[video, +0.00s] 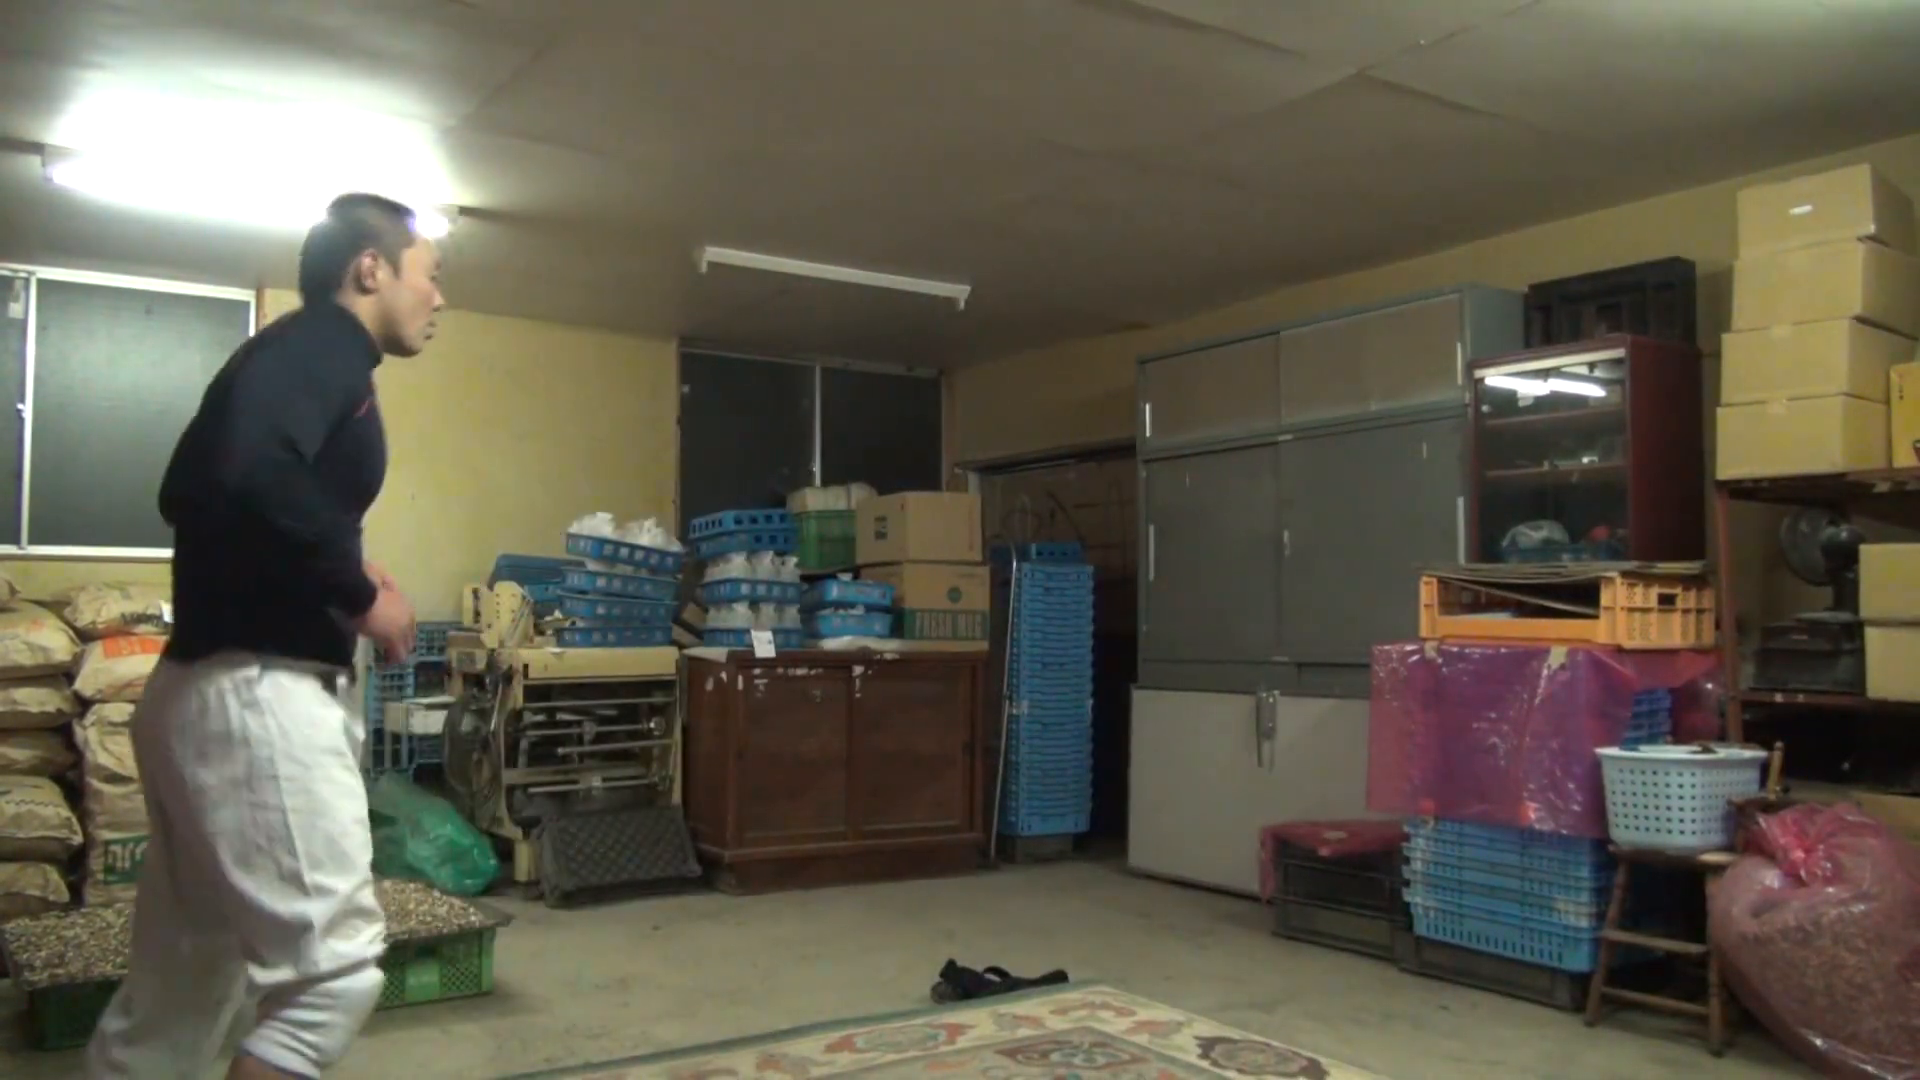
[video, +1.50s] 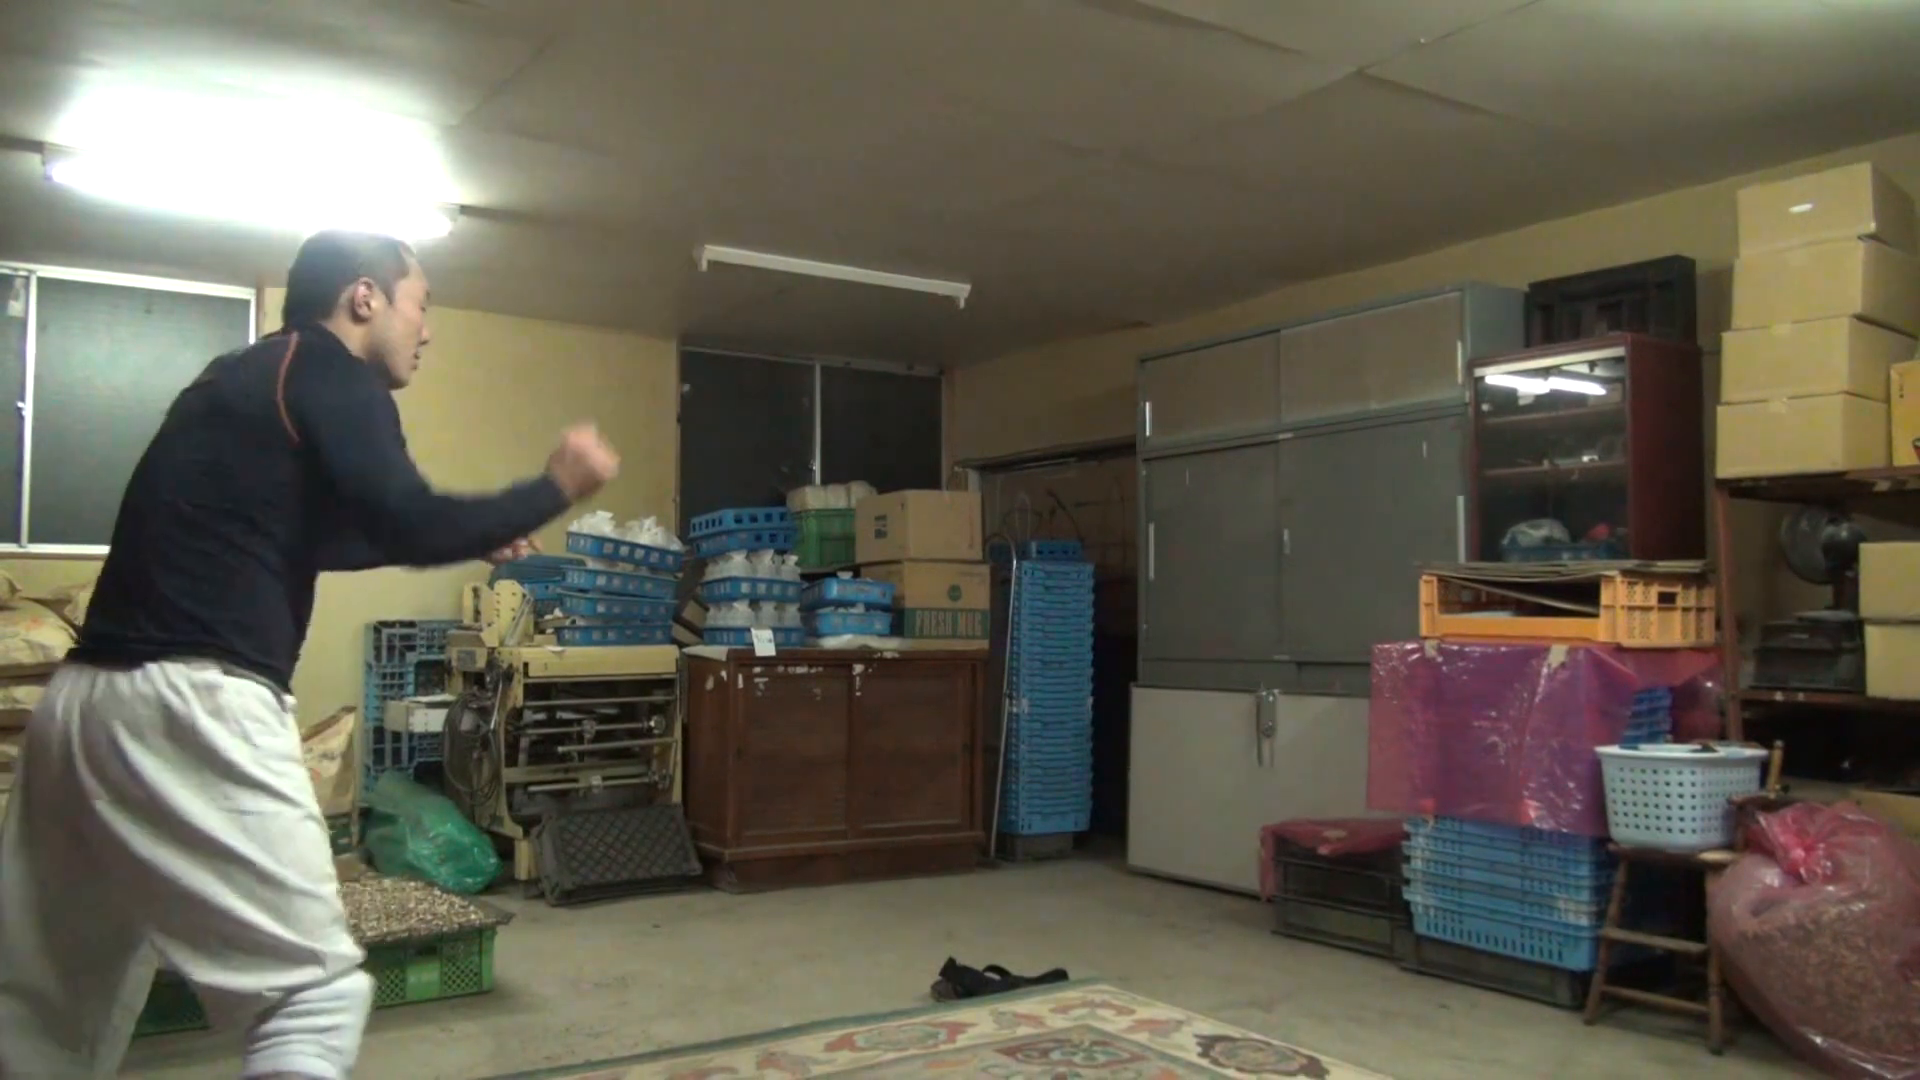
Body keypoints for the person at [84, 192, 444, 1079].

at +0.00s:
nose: (439, 295)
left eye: (437, 273)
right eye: (428, 271)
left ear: (358, 273)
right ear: (370, 270)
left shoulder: (268, 350)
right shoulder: (324, 344)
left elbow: (184, 494)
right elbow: (254, 468)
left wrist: (328, 577)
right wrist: (364, 589)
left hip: (201, 691)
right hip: (260, 698)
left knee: (180, 985)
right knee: (329, 973)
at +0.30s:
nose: (418, 278)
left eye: (417, 255)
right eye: (408, 253)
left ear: (327, 251)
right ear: (353, 249)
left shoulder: (220, 329)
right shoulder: (314, 316)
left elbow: (130, 454)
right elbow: (244, 431)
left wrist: (261, 529)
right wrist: (339, 560)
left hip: (164, 679)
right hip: (255, 678)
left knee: (158, 977)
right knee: (334, 967)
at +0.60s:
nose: (408, 248)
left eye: (405, 224)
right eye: (397, 223)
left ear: (308, 224)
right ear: (343, 222)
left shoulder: (202, 308)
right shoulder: (311, 288)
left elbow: (106, 425)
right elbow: (244, 387)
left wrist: (217, 495)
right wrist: (354, 522)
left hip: (135, 657)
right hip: (241, 661)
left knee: (124, 957)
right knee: (292, 961)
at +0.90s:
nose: (414, 280)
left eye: (413, 257)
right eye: (405, 254)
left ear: (316, 253)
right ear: (347, 248)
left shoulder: (219, 331)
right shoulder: (306, 320)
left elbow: (248, 482)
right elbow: (296, 462)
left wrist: (374, 511)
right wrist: (451, 507)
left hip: (104, 680)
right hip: (221, 681)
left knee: (75, 1007)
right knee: (346, 965)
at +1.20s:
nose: (425, 309)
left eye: (425, 287)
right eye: (421, 282)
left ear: (318, 270)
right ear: (374, 273)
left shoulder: (216, 357)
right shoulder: (348, 339)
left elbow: (283, 522)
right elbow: (518, 400)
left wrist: (414, 488)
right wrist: (658, 361)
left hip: (109, 703)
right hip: (237, 701)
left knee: (99, 1014)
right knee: (340, 1001)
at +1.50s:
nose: (425, 332)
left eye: (428, 310)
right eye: (419, 306)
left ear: (343, 305)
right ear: (362, 300)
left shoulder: (225, 377)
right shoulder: (328, 370)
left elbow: (315, 537)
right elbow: (403, 520)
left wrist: (467, 539)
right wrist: (553, 489)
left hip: (72, 707)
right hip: (195, 709)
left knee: (50, 1023)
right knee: (312, 991)